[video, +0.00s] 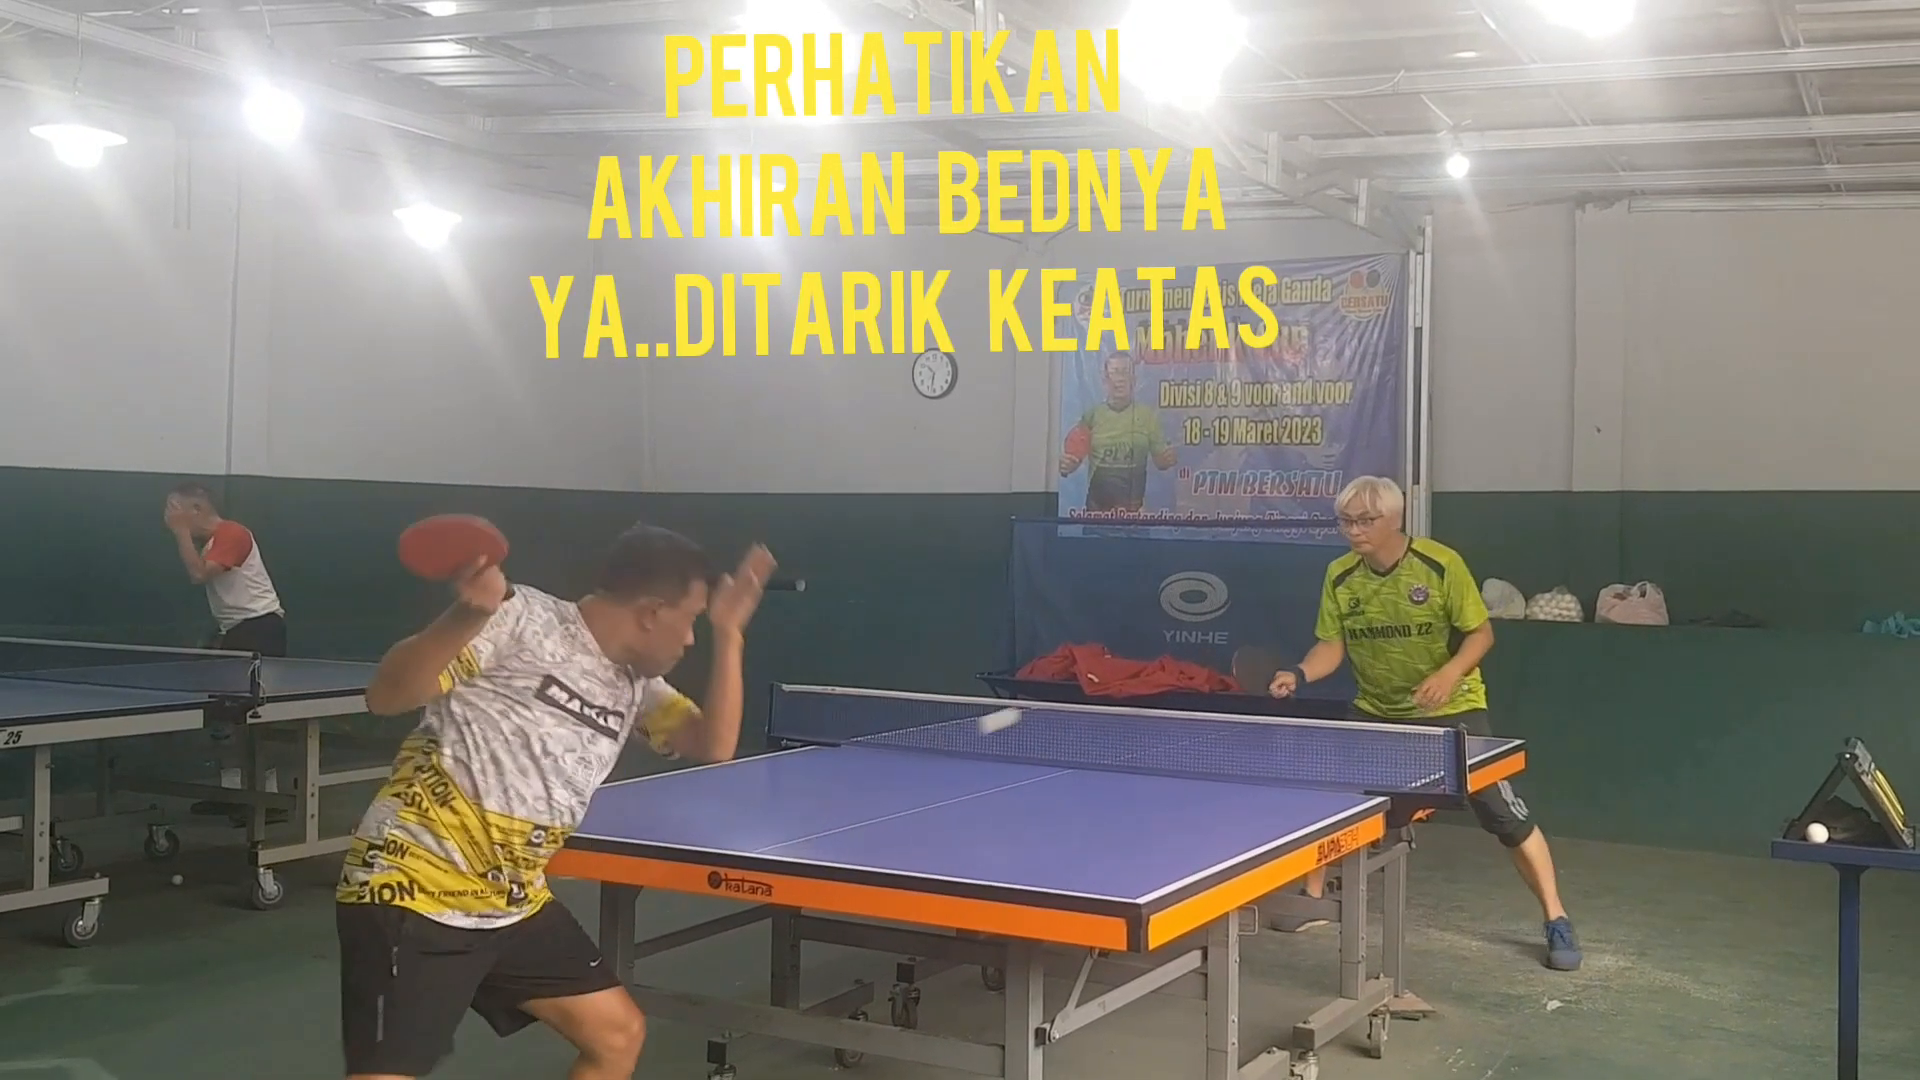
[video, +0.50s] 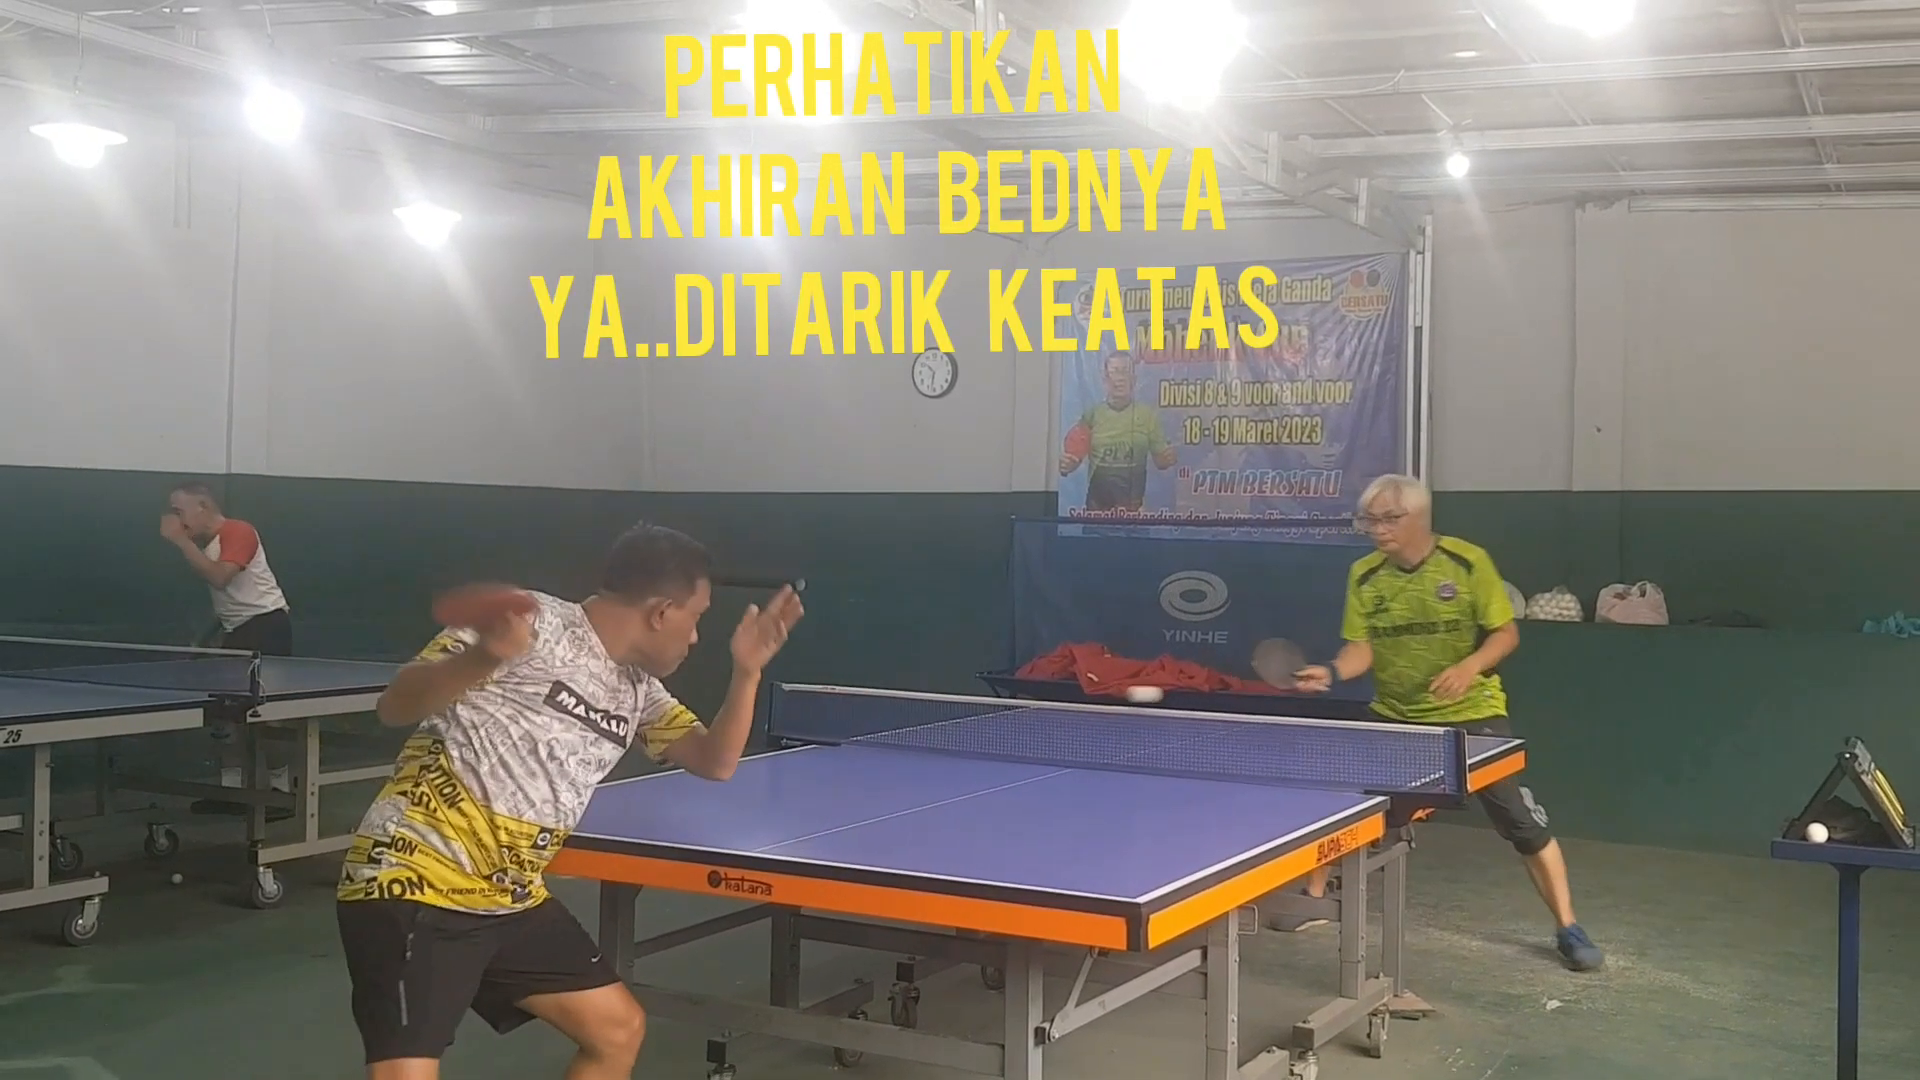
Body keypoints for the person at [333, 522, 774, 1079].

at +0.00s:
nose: (693, 641)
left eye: (698, 626)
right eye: (692, 621)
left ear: (646, 614)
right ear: (648, 612)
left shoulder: (632, 687)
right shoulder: (517, 615)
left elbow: (715, 746)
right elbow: (385, 695)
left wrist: (730, 635)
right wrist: (466, 613)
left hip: (510, 897)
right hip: (411, 886)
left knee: (618, 1035)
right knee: (383, 1072)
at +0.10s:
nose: (695, 640)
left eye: (700, 626)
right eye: (696, 620)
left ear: (651, 613)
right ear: (655, 612)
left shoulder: (638, 689)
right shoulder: (522, 618)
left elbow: (716, 755)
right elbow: (389, 700)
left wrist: (737, 653)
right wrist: (467, 625)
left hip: (510, 896)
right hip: (413, 884)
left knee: (620, 1033)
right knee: (394, 1072)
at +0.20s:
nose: (696, 640)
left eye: (700, 626)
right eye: (696, 621)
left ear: (651, 614)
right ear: (655, 613)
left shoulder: (638, 690)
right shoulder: (522, 617)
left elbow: (716, 755)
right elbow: (390, 701)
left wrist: (738, 653)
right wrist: (467, 626)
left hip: (510, 895)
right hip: (413, 884)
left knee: (620, 1033)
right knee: (394, 1073)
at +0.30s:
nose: (696, 639)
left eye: (700, 624)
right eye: (696, 621)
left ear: (654, 616)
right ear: (658, 615)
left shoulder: (642, 692)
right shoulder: (525, 617)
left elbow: (718, 760)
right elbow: (392, 705)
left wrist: (745, 664)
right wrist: (474, 643)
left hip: (508, 892)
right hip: (412, 880)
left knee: (620, 1031)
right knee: (401, 1070)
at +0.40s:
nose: (696, 639)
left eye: (700, 624)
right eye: (696, 622)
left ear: (654, 616)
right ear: (659, 616)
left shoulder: (641, 692)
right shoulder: (526, 618)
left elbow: (718, 759)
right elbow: (392, 705)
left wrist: (745, 664)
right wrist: (474, 644)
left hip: (509, 893)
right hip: (413, 880)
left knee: (620, 1030)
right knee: (401, 1070)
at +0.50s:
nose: (695, 636)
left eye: (699, 621)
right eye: (695, 619)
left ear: (653, 614)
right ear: (659, 614)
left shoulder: (640, 691)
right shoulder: (526, 619)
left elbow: (716, 761)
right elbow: (394, 707)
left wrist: (747, 672)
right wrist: (483, 657)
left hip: (508, 890)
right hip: (411, 877)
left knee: (618, 1028)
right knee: (405, 1070)